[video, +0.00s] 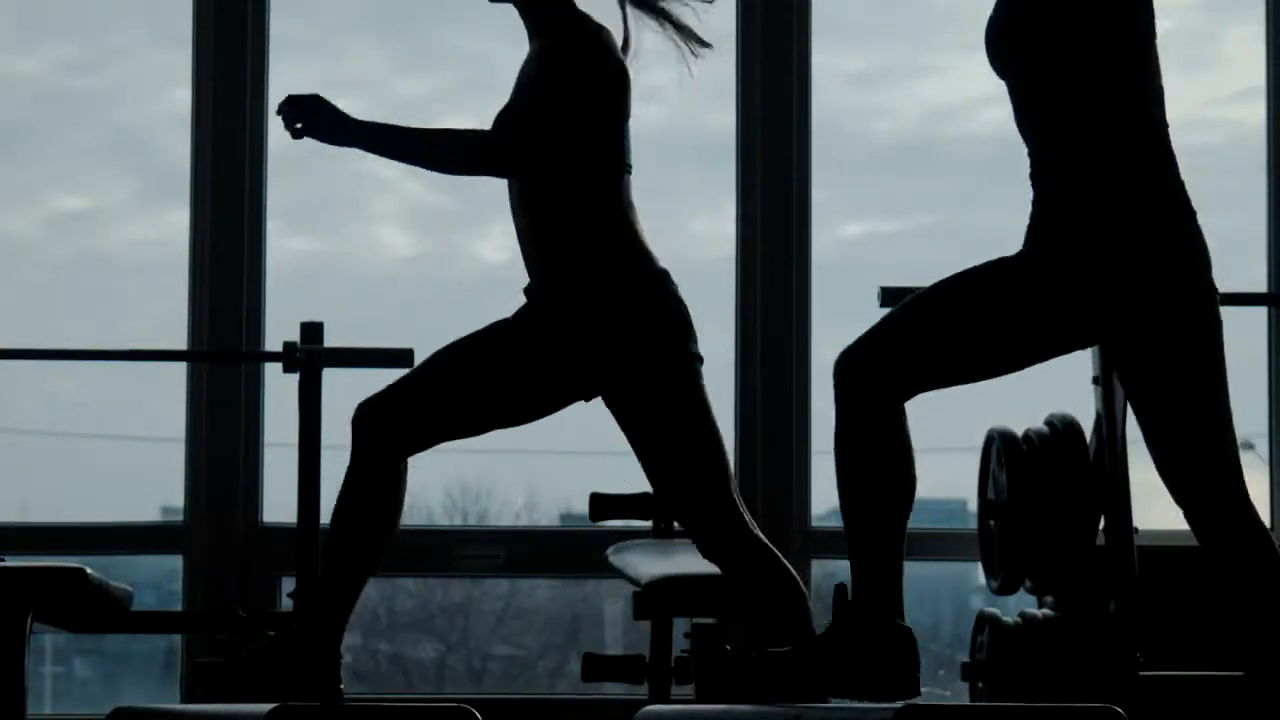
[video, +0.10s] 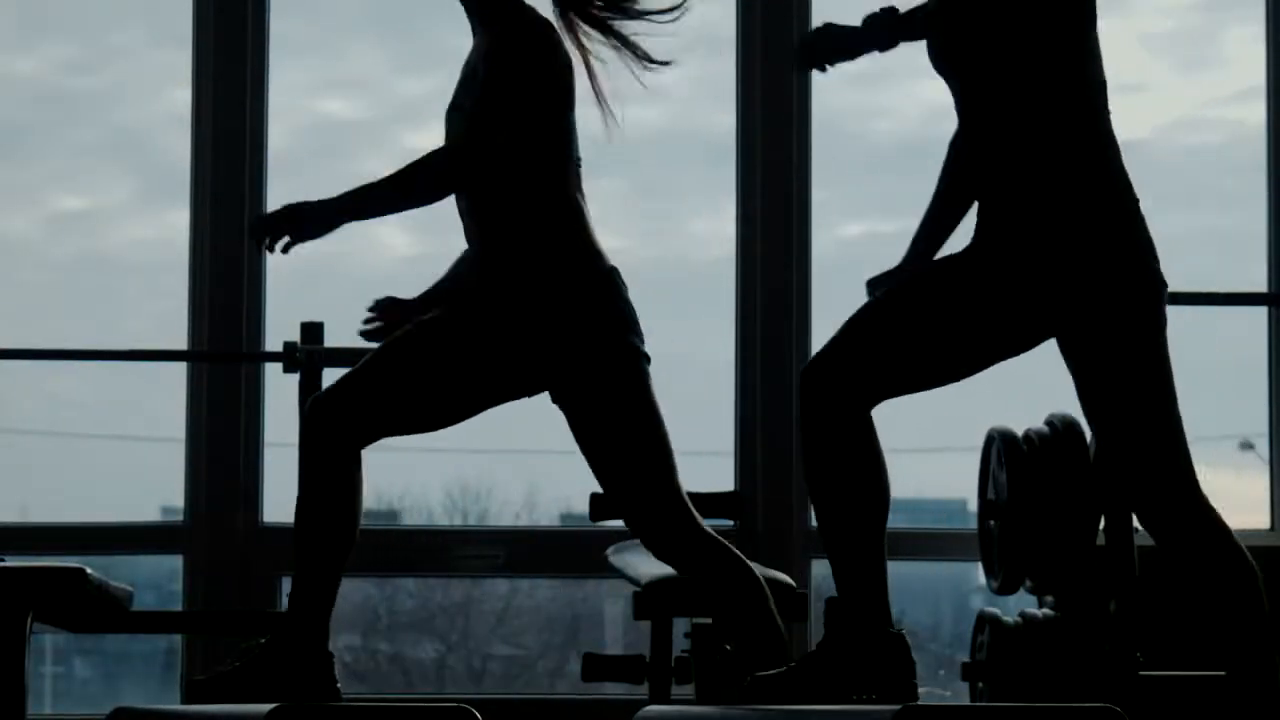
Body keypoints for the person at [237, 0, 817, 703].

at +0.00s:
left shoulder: (582, 54)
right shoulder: (550, 57)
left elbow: (501, 153)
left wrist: (351, 131)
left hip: (627, 324)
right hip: (565, 322)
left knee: (715, 520)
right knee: (382, 428)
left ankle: (815, 695)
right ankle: (311, 657)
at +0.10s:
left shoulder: (519, 46)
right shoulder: (501, 56)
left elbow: (456, 169)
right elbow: (508, 231)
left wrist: (332, 212)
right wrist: (428, 305)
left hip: (556, 311)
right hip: (526, 310)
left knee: (662, 520)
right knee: (331, 424)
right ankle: (304, 650)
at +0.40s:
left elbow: (606, 88)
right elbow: (259, 55)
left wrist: (675, 216)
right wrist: (152, 30)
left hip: (525, 196)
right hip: (458, 210)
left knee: (358, 222)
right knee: (333, 411)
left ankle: (474, 448)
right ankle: (306, 646)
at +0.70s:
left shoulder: (573, 0)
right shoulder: (432, 6)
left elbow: (588, 116)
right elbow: (366, 120)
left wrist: (585, 244)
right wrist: (265, 198)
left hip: (550, 238)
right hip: (471, 238)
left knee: (450, 370)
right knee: (360, 424)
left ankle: (604, 542)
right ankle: (307, 648)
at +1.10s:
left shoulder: (719, 58)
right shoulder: (694, 55)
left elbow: (643, 176)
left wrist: (510, 148)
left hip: (735, 338)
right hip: (699, 333)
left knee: (783, 558)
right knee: (504, 445)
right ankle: (386, 648)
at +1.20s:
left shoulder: (725, 41)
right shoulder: (698, 32)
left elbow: (665, 176)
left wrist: (533, 202)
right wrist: (869, 38)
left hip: (757, 316)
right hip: (689, 312)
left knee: (797, 532)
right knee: (523, 444)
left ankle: (906, 707)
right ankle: (510, 670)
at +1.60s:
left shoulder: (697, 38)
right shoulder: (586, 43)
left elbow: (746, 176)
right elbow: (513, 162)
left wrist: (779, 312)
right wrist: (380, 132)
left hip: (684, 295)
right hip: (634, 299)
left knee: (566, 432)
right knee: (666, 511)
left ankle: (693, 649)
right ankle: (718, 672)